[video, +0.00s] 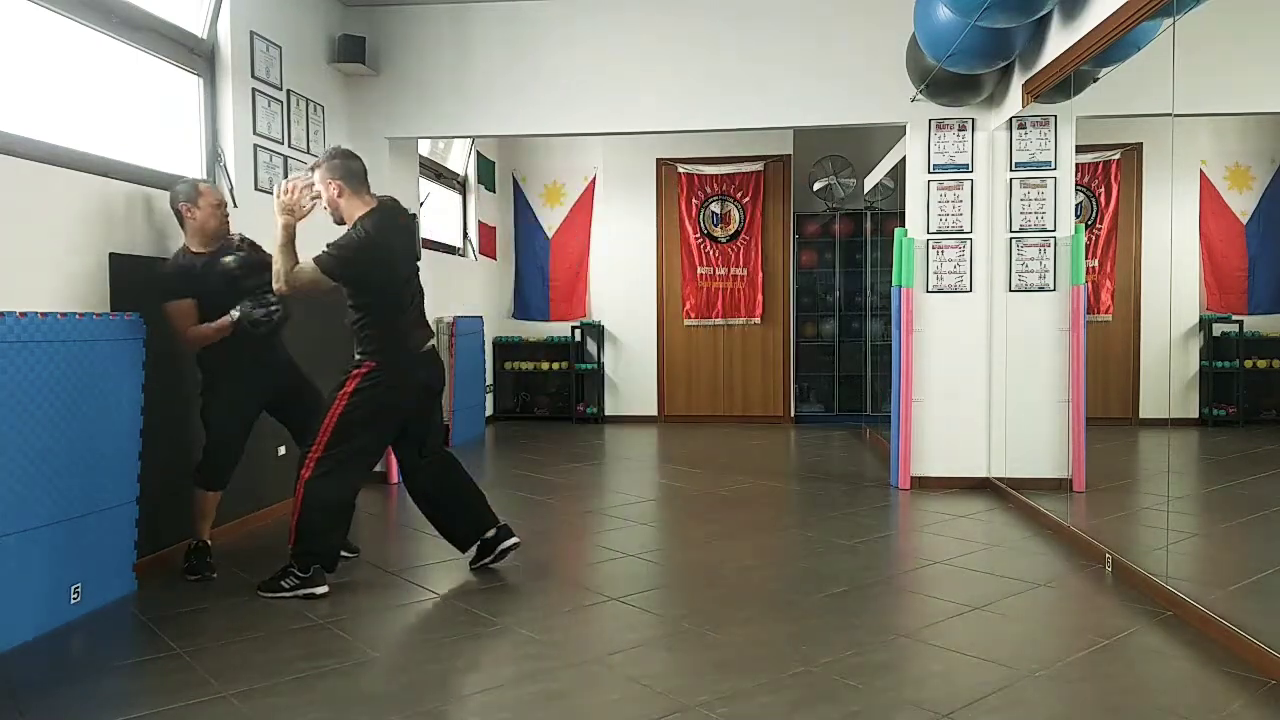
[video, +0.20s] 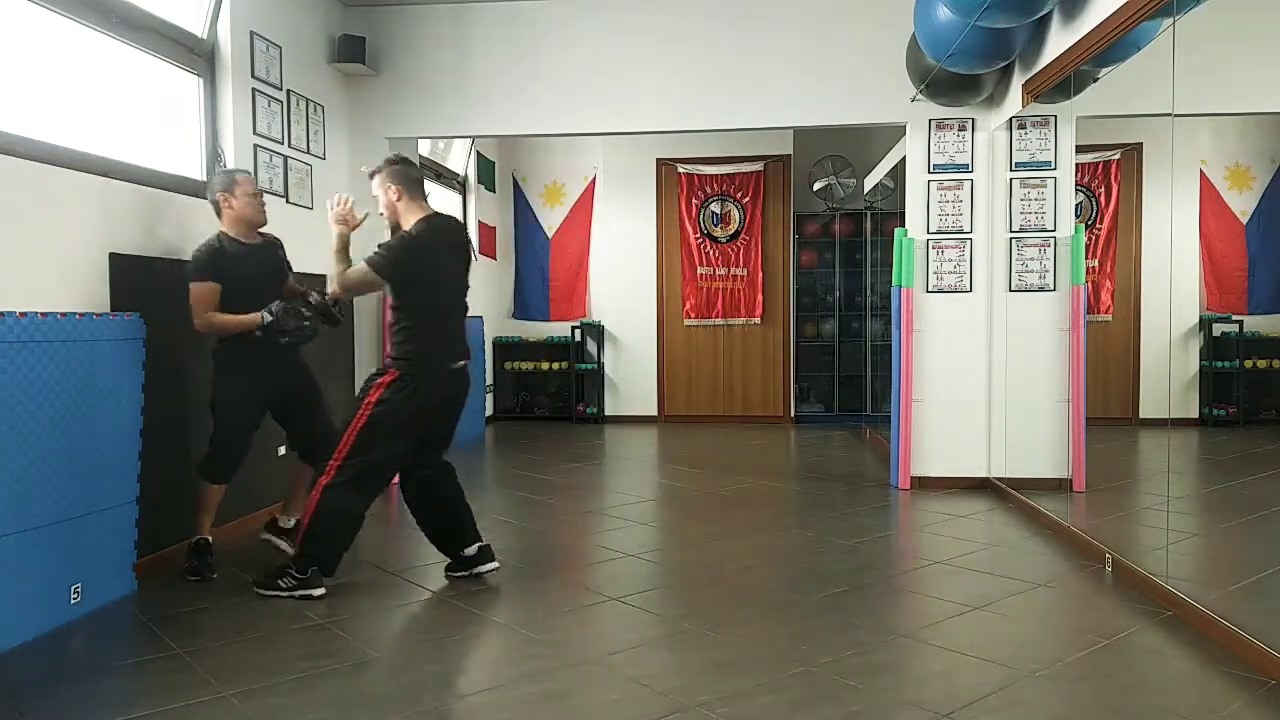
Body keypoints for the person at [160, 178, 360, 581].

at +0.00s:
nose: (228, 215)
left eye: (227, 207)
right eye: (219, 208)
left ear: (195, 212)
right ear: (188, 212)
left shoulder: (244, 248)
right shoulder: (178, 272)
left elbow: (287, 280)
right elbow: (188, 338)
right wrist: (235, 318)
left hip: (275, 366)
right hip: (228, 379)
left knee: (324, 435)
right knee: (219, 459)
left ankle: (326, 533)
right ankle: (201, 544)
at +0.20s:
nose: (264, 202)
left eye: (262, 196)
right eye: (254, 196)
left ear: (231, 201)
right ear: (225, 202)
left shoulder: (271, 246)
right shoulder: (210, 256)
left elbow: (285, 288)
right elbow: (203, 319)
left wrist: (312, 299)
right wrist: (264, 318)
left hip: (284, 362)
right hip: (238, 368)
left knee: (319, 441)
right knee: (225, 453)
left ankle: (287, 520)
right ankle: (202, 540)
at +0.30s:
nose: (289, 206)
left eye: (287, 199)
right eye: (280, 199)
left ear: (263, 204)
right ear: (252, 204)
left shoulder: (293, 251)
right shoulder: (234, 256)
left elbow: (303, 294)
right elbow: (216, 317)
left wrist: (326, 307)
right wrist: (276, 331)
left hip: (297, 369)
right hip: (253, 371)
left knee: (306, 456)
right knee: (240, 457)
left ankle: (276, 534)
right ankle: (207, 537)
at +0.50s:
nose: (339, 205)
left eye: (338, 199)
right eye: (331, 199)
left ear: (313, 203)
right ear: (303, 203)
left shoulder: (330, 252)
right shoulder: (282, 248)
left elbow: (337, 301)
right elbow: (247, 305)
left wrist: (364, 305)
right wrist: (304, 330)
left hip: (320, 360)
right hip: (288, 361)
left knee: (312, 452)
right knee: (300, 451)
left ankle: (285, 532)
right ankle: (275, 535)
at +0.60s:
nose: (359, 202)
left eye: (358, 196)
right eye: (351, 196)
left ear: (336, 202)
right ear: (324, 201)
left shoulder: (348, 250)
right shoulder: (302, 243)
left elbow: (361, 295)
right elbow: (265, 298)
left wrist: (383, 305)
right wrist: (326, 315)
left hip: (332, 360)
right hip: (306, 361)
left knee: (305, 448)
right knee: (332, 450)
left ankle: (278, 529)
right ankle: (336, 545)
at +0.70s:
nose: (379, 210)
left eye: (378, 204)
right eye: (372, 204)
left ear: (353, 209)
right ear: (344, 208)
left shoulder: (365, 258)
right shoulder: (324, 251)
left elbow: (369, 297)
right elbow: (294, 310)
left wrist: (395, 308)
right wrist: (355, 316)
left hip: (348, 370)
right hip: (325, 371)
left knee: (320, 455)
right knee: (355, 459)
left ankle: (279, 526)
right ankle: (364, 548)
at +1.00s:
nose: (432, 203)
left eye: (431, 196)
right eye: (426, 196)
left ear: (405, 201)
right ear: (399, 199)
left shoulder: (404, 241)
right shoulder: (385, 234)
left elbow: (391, 295)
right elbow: (363, 295)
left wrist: (426, 302)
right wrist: (420, 307)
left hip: (394, 351)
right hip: (377, 351)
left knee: (405, 442)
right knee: (401, 444)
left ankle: (381, 525)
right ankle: (377, 535)